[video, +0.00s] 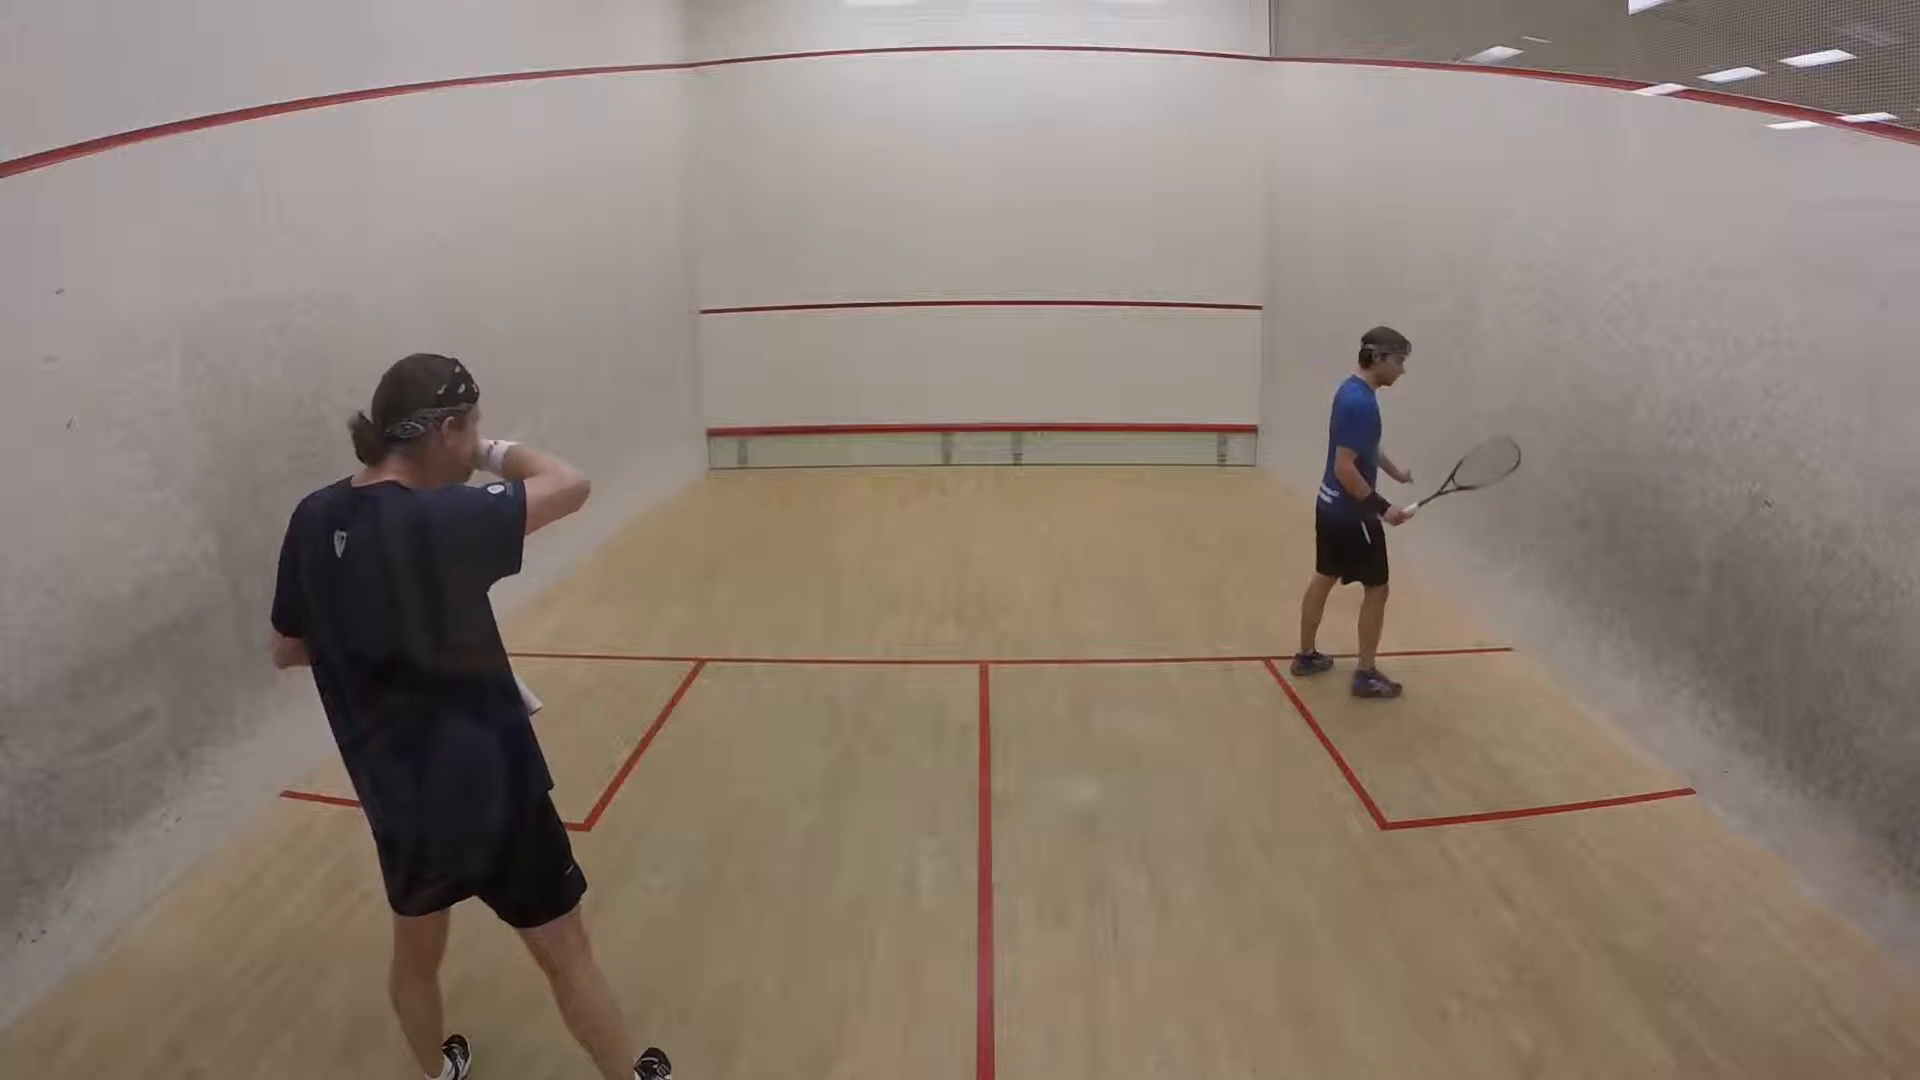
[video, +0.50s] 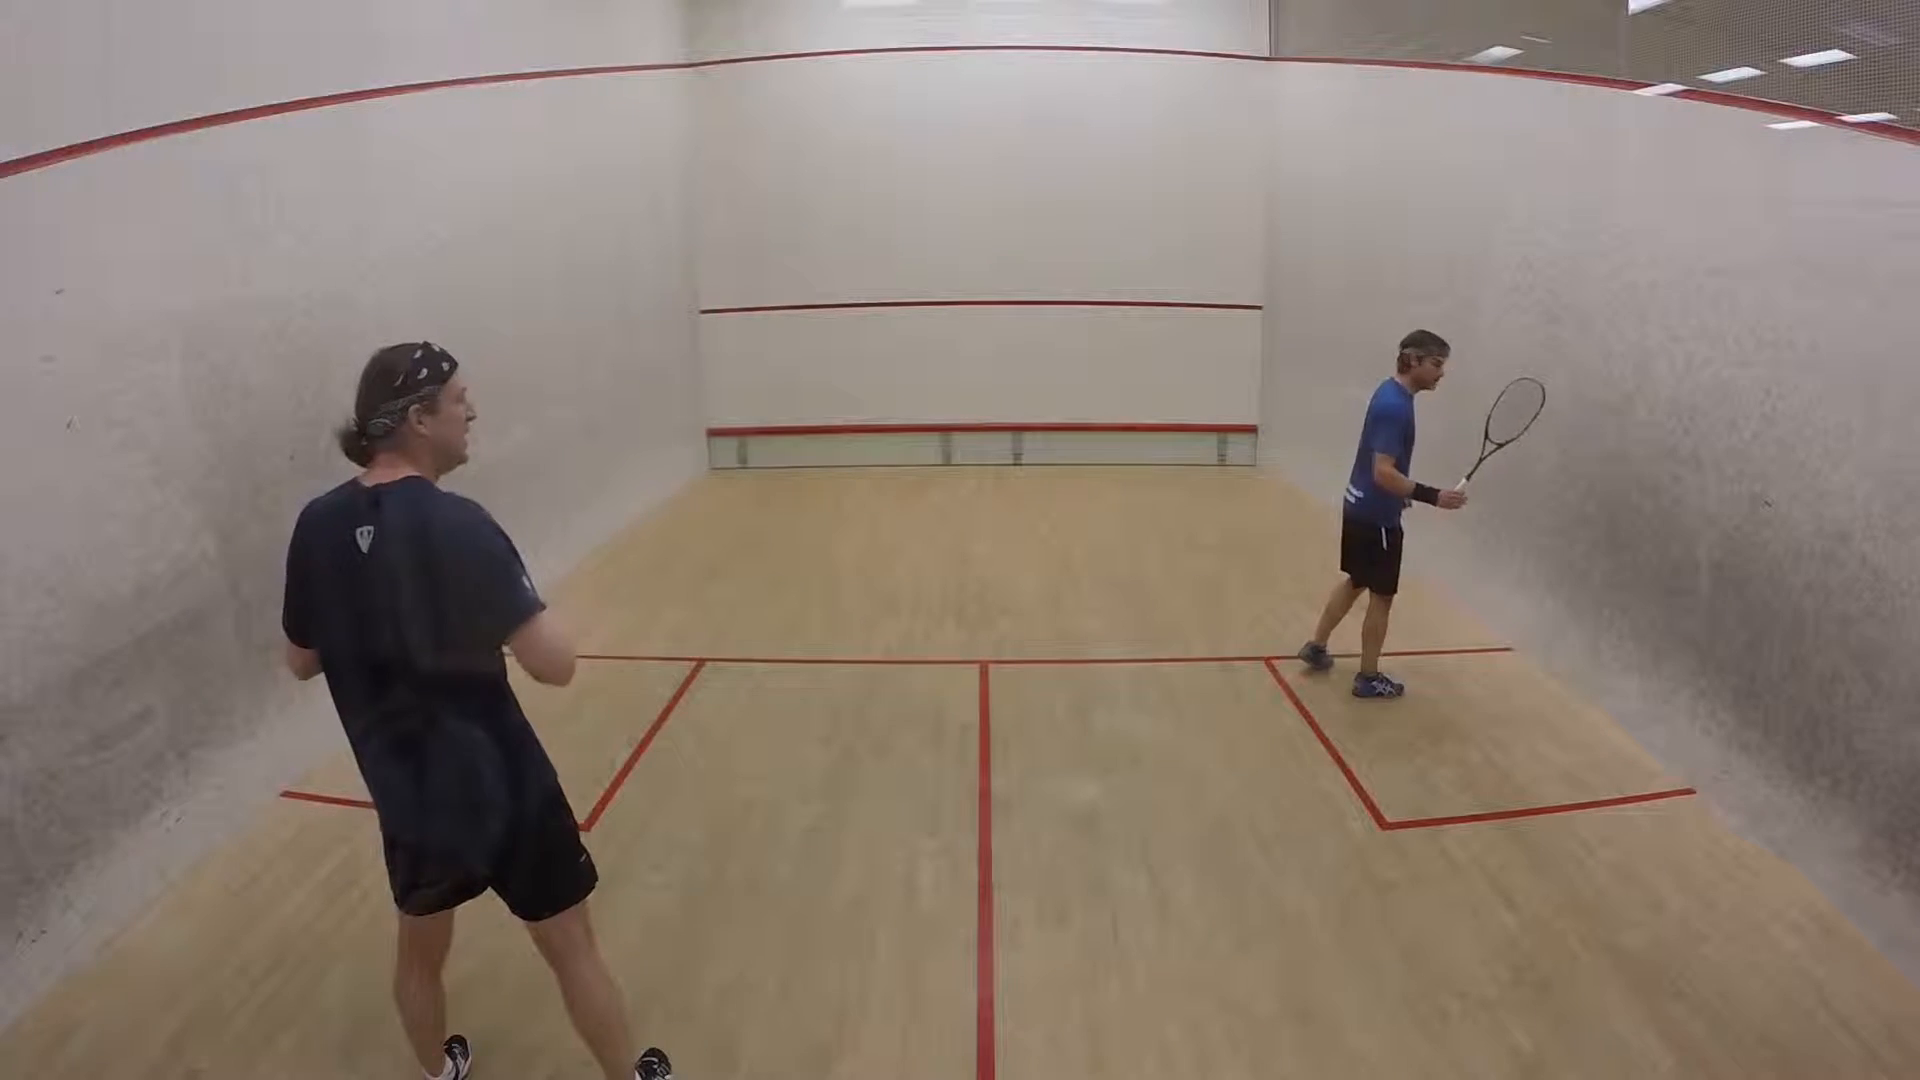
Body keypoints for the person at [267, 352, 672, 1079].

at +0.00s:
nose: (476, 443)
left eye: (475, 428)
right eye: (469, 429)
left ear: (384, 432)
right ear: (435, 432)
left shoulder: (316, 518)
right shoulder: (453, 517)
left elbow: (287, 648)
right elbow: (567, 485)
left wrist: (373, 623)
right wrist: (486, 449)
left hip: (400, 800)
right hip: (494, 788)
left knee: (416, 954)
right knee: (565, 954)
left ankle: (432, 1070)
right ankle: (629, 1073)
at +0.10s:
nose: (474, 441)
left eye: (472, 426)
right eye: (468, 427)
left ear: (382, 431)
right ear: (437, 430)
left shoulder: (315, 521)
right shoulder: (452, 519)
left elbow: (288, 650)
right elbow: (575, 497)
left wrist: (375, 617)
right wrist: (486, 454)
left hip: (402, 800)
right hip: (497, 788)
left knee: (417, 954)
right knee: (567, 955)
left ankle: (434, 1070)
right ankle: (630, 1072)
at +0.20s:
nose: (473, 436)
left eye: (471, 419)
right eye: (465, 420)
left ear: (383, 427)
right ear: (429, 424)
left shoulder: (315, 521)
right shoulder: (449, 524)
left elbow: (292, 655)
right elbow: (584, 542)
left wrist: (380, 614)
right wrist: (520, 497)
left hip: (401, 797)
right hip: (496, 785)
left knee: (419, 952)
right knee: (568, 953)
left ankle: (433, 1070)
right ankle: (630, 1071)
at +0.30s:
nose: (474, 426)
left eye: (470, 409)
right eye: (463, 411)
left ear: (388, 424)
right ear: (422, 422)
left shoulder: (315, 523)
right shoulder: (450, 526)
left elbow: (296, 658)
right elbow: (583, 598)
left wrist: (392, 616)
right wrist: (522, 567)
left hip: (402, 797)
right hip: (495, 783)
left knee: (419, 952)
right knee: (569, 950)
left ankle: (434, 1070)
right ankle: (632, 1071)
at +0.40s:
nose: (472, 421)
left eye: (468, 405)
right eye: (460, 408)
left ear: (391, 423)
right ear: (414, 421)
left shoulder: (316, 524)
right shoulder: (455, 527)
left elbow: (299, 658)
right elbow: (571, 640)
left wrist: (370, 616)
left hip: (405, 796)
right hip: (501, 783)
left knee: (419, 955)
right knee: (571, 950)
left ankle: (435, 1070)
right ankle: (631, 1071)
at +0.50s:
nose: (472, 416)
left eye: (467, 400)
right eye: (459, 404)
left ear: (390, 424)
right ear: (414, 421)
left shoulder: (319, 525)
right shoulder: (459, 525)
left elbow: (301, 658)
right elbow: (554, 665)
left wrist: (366, 603)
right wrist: (526, 611)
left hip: (407, 794)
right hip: (502, 782)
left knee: (420, 953)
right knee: (571, 948)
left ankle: (435, 1070)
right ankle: (631, 1071)